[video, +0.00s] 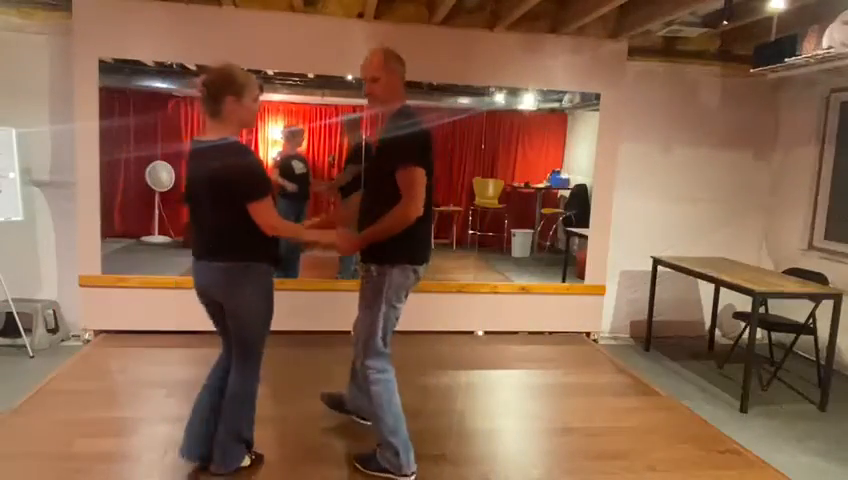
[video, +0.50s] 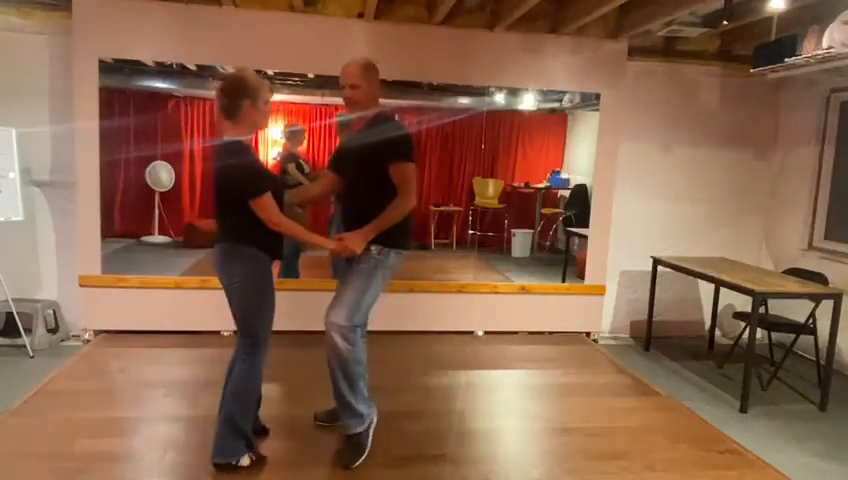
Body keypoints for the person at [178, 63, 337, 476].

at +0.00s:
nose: (257, 108)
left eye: (257, 101)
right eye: (253, 101)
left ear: (215, 104)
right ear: (230, 104)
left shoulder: (198, 154)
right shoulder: (242, 160)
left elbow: (203, 213)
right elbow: (271, 224)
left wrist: (262, 189)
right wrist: (324, 236)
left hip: (207, 271)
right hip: (244, 275)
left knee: (231, 353)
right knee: (246, 364)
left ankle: (198, 445)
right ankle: (230, 455)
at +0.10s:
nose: (260, 110)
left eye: (260, 103)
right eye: (256, 102)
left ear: (219, 105)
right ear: (234, 104)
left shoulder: (203, 155)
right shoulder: (243, 159)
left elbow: (199, 216)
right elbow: (274, 223)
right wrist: (331, 242)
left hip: (213, 267)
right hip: (246, 271)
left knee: (234, 350)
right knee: (247, 360)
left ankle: (221, 437)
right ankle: (229, 454)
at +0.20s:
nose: (263, 110)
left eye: (263, 102)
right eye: (259, 102)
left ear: (225, 106)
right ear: (237, 105)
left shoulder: (212, 152)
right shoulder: (241, 159)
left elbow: (225, 211)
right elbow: (274, 222)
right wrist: (331, 243)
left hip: (219, 264)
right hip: (247, 269)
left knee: (238, 349)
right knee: (248, 360)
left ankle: (241, 425)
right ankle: (231, 455)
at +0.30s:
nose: (265, 112)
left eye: (264, 104)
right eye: (261, 104)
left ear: (226, 107)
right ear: (241, 105)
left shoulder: (217, 153)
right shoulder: (241, 161)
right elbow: (275, 222)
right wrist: (333, 244)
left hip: (225, 261)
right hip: (247, 267)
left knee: (244, 349)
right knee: (249, 358)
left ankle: (243, 423)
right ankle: (230, 454)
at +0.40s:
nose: (267, 113)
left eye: (267, 105)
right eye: (263, 105)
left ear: (232, 107)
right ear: (243, 106)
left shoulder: (227, 153)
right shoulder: (239, 159)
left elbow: (265, 207)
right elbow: (275, 222)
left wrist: (312, 193)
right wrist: (332, 244)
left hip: (234, 259)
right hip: (246, 263)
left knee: (250, 345)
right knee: (251, 351)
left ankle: (243, 420)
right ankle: (230, 453)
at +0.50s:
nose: (270, 112)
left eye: (269, 105)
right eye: (265, 105)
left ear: (232, 108)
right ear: (247, 108)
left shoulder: (231, 153)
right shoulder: (241, 159)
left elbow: (272, 201)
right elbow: (274, 220)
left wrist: (316, 189)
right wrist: (329, 245)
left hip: (237, 255)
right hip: (246, 259)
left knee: (252, 342)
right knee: (252, 347)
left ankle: (243, 418)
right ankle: (230, 449)